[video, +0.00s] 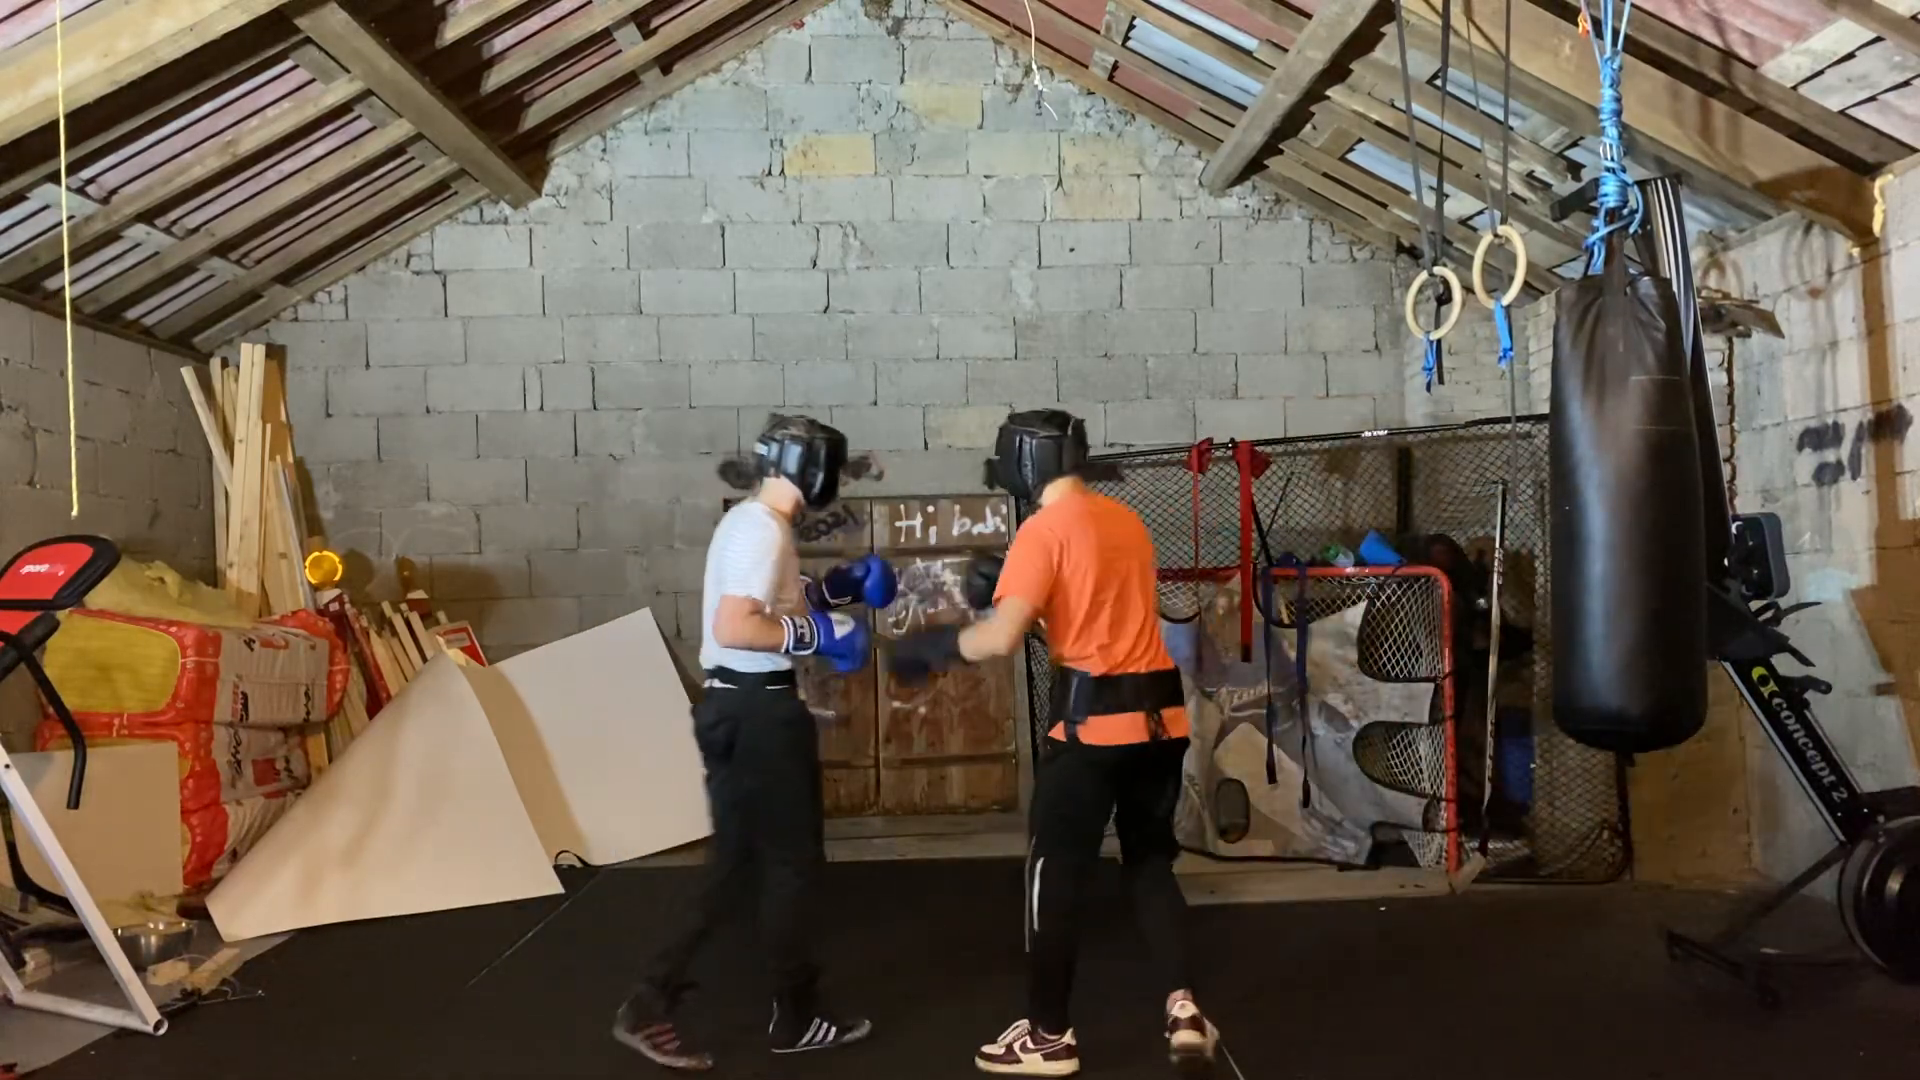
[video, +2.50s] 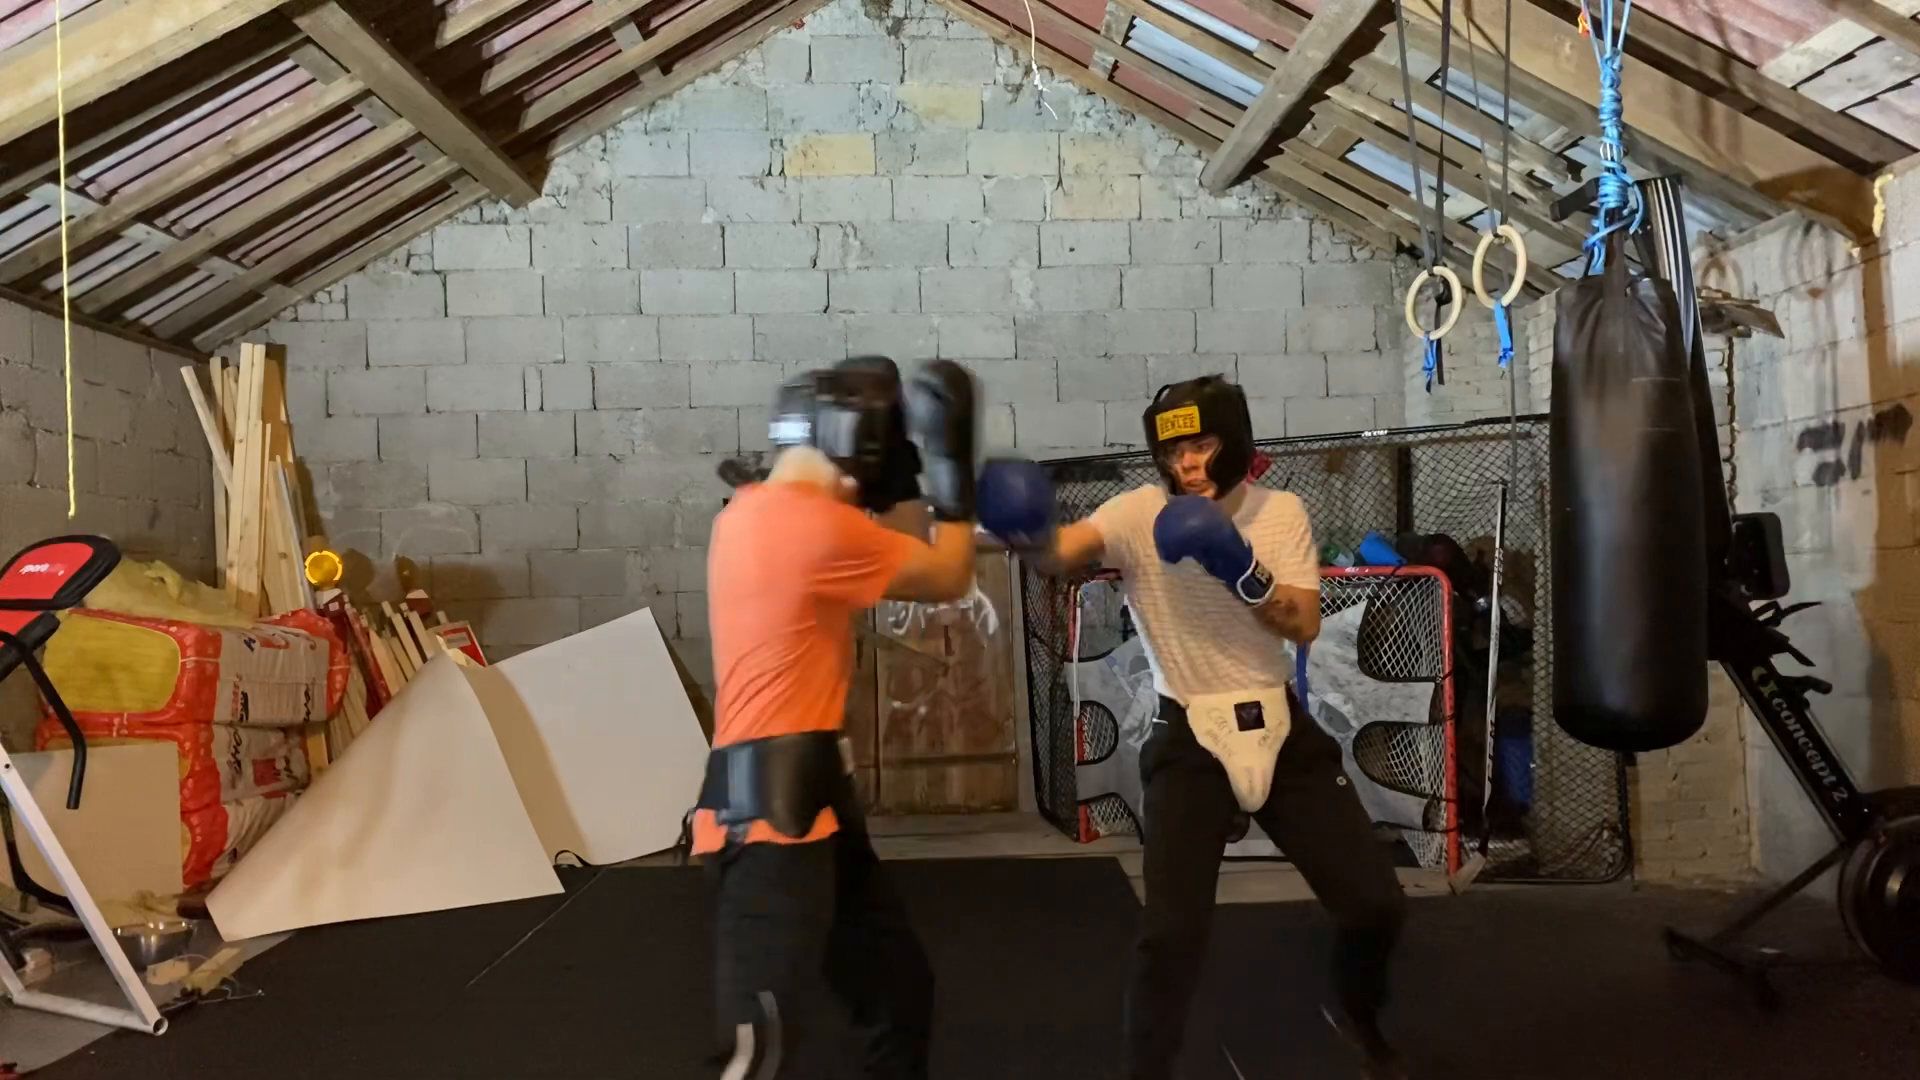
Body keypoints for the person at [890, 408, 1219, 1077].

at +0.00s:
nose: (1005, 481)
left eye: (1007, 469)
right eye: (1004, 468)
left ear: (1025, 465)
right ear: (1075, 459)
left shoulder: (1044, 532)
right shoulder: (1129, 520)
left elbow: (1001, 636)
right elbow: (1116, 604)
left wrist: (946, 645)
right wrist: (1017, 597)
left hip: (1094, 727)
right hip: (1163, 723)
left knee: (1055, 866)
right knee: (1151, 859)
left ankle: (1047, 1031)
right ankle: (1182, 1006)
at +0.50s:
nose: (1118, 425)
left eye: (1122, 414)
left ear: (1132, 417)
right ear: (1198, 421)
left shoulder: (1098, 480)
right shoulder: (1245, 499)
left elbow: (1054, 584)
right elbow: (1288, 635)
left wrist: (1047, 637)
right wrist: (1222, 646)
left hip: (1111, 721)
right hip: (1205, 723)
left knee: (1115, 880)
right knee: (1232, 900)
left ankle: (1128, 1050)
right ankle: (1252, 1064)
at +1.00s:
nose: (1157, 424)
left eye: (1158, 413)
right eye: (1246, 414)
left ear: (1162, 418)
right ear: (1243, 418)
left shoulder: (1111, 510)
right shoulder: (1284, 510)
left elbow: (1063, 637)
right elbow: (1347, 666)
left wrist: (1074, 682)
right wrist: (1299, 650)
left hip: (1121, 783)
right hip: (1232, 789)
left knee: (1103, 980)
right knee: (1276, 1008)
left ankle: (1090, 1062)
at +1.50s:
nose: (1086, 431)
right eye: (1082, 418)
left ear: (992, 425)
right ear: (1072, 422)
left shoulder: (938, 512)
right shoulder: (1097, 498)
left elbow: (932, 638)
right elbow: (1215, 606)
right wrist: (1180, 514)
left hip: (966, 800)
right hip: (1066, 802)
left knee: (987, 983)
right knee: (1136, 1008)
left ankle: (968, 1062)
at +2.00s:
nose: (984, 443)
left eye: (985, 431)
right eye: (982, 428)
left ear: (890, 417)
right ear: (964, 421)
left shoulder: (822, 503)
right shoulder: (960, 500)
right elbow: (1058, 592)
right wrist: (1055, 474)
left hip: (850, 804)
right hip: (921, 812)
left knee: (927, 1029)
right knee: (893, 1047)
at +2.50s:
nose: (890, 468)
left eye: (895, 449)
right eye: (889, 447)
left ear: (801, 431)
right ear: (859, 447)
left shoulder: (742, 516)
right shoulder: (818, 527)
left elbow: (892, 556)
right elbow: (950, 573)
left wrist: (912, 471)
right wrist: (953, 457)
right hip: (783, 821)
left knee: (897, 992)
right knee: (763, 1044)